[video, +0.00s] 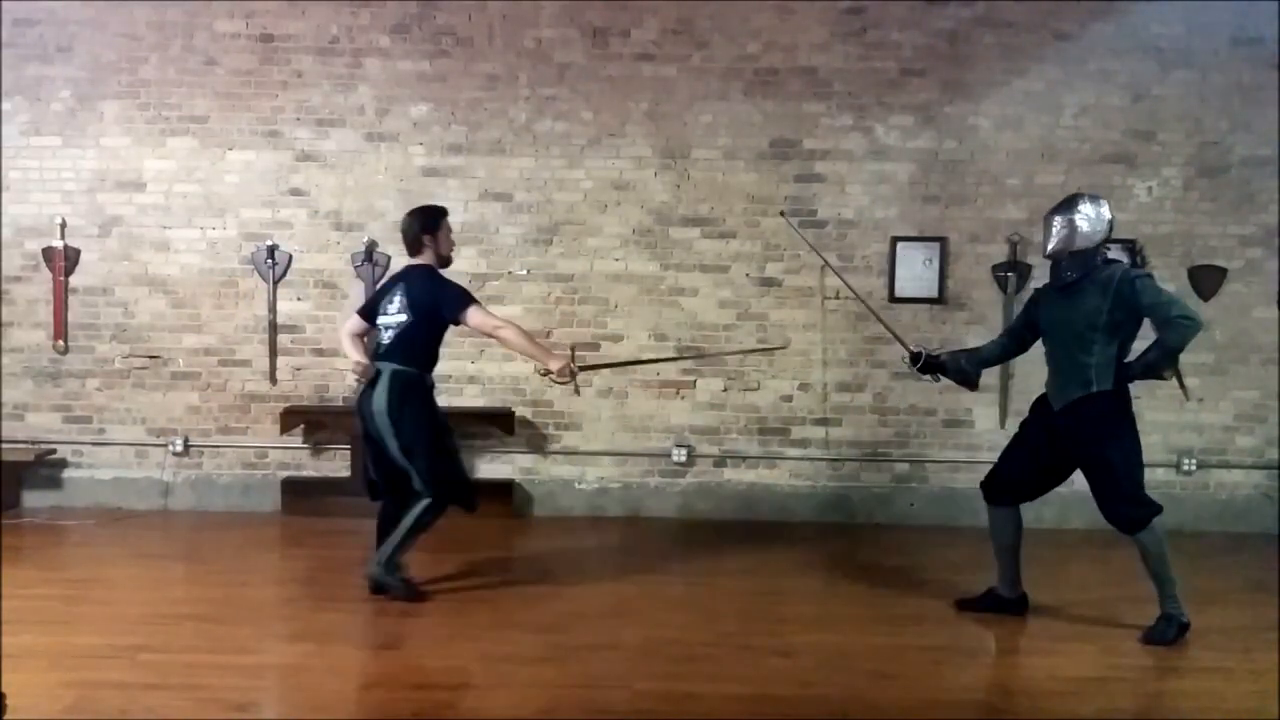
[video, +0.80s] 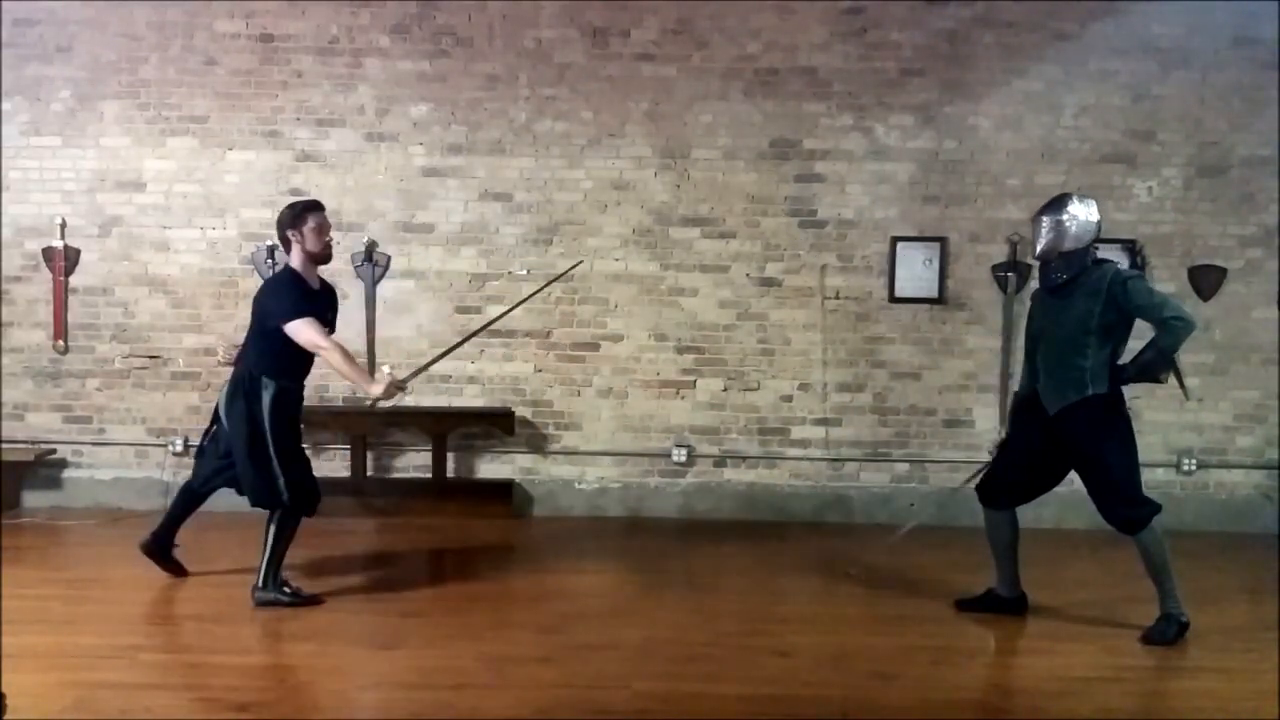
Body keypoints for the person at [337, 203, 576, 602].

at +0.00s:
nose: (452, 240)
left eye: (450, 232)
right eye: (447, 233)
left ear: (415, 241)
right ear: (429, 239)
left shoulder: (392, 284)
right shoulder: (436, 285)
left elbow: (350, 332)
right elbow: (495, 327)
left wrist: (359, 360)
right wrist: (550, 359)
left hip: (376, 392)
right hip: (400, 394)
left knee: (400, 489)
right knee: (439, 486)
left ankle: (384, 571)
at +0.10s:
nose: (431, 237)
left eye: (429, 229)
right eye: (426, 231)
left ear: (394, 240)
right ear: (408, 237)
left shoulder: (369, 284)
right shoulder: (415, 284)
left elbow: (327, 330)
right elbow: (479, 325)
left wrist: (340, 364)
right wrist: (533, 354)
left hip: (358, 389)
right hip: (382, 391)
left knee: (387, 486)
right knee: (392, 491)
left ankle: (381, 571)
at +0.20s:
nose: (415, 236)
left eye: (412, 228)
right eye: (410, 229)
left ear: (379, 238)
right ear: (389, 236)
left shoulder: (352, 283)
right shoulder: (397, 285)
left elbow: (310, 327)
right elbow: (461, 326)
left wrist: (320, 361)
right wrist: (521, 357)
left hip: (342, 392)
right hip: (357, 395)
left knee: (381, 480)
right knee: (352, 491)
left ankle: (381, 571)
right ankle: (278, 571)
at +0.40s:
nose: (383, 232)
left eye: (381, 223)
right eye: (376, 224)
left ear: (349, 232)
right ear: (352, 231)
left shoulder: (332, 276)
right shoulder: (350, 285)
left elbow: (303, 322)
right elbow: (420, 333)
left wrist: (283, 354)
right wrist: (480, 357)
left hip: (317, 390)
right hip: (307, 393)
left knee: (344, 471)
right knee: (314, 487)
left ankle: (333, 561)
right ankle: (268, 582)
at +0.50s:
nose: (367, 232)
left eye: (365, 223)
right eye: (360, 224)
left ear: (334, 231)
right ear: (334, 231)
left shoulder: (327, 276)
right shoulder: (329, 283)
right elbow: (396, 335)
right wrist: (459, 364)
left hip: (304, 390)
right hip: (290, 392)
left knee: (323, 479)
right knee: (306, 487)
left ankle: (281, 558)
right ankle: (268, 582)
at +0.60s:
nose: (354, 231)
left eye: (351, 223)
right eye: (346, 223)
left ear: (321, 233)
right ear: (320, 231)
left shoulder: (317, 279)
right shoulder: (314, 282)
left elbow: (295, 336)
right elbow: (372, 338)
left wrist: (259, 353)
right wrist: (431, 371)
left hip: (282, 387)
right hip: (282, 389)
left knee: (267, 478)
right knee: (303, 489)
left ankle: (223, 549)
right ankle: (269, 583)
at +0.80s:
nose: (330, 235)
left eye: (328, 228)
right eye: (321, 229)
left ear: (305, 236)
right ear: (295, 237)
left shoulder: (323, 291)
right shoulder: (281, 291)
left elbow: (280, 338)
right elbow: (324, 346)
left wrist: (246, 354)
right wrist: (369, 383)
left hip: (274, 395)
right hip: (256, 396)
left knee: (214, 471)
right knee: (296, 490)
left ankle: (160, 538)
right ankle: (268, 583)